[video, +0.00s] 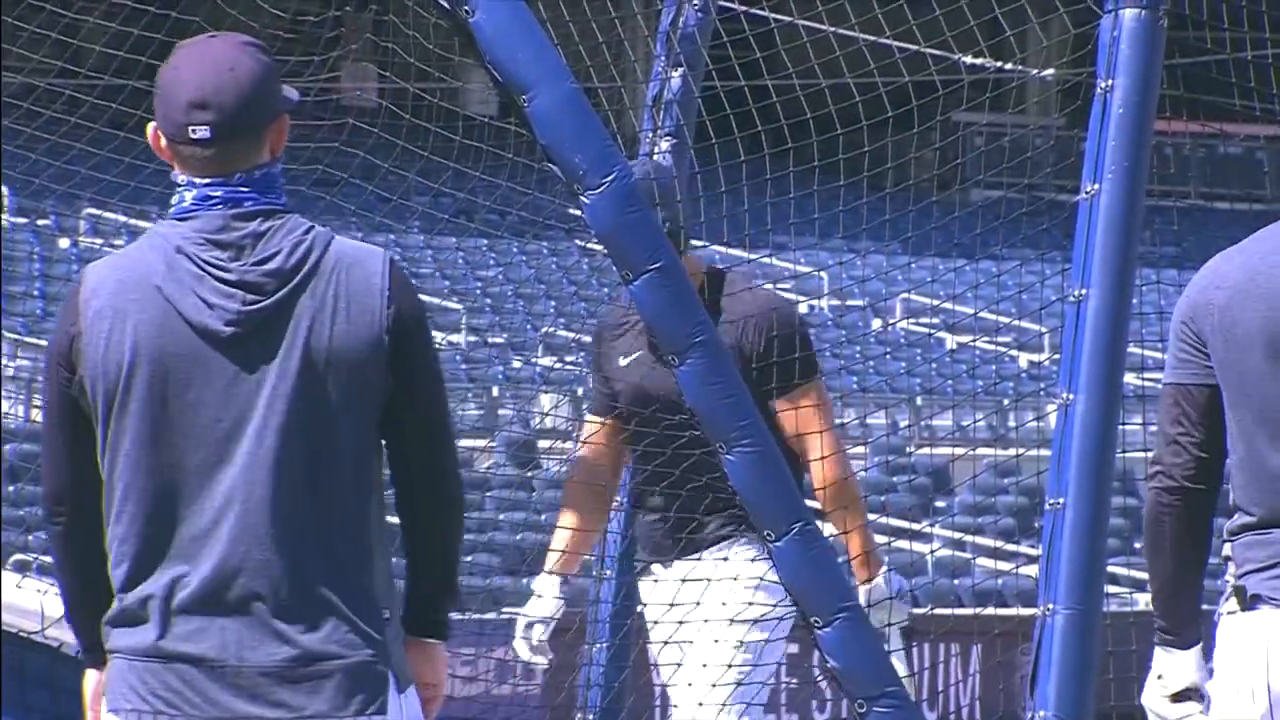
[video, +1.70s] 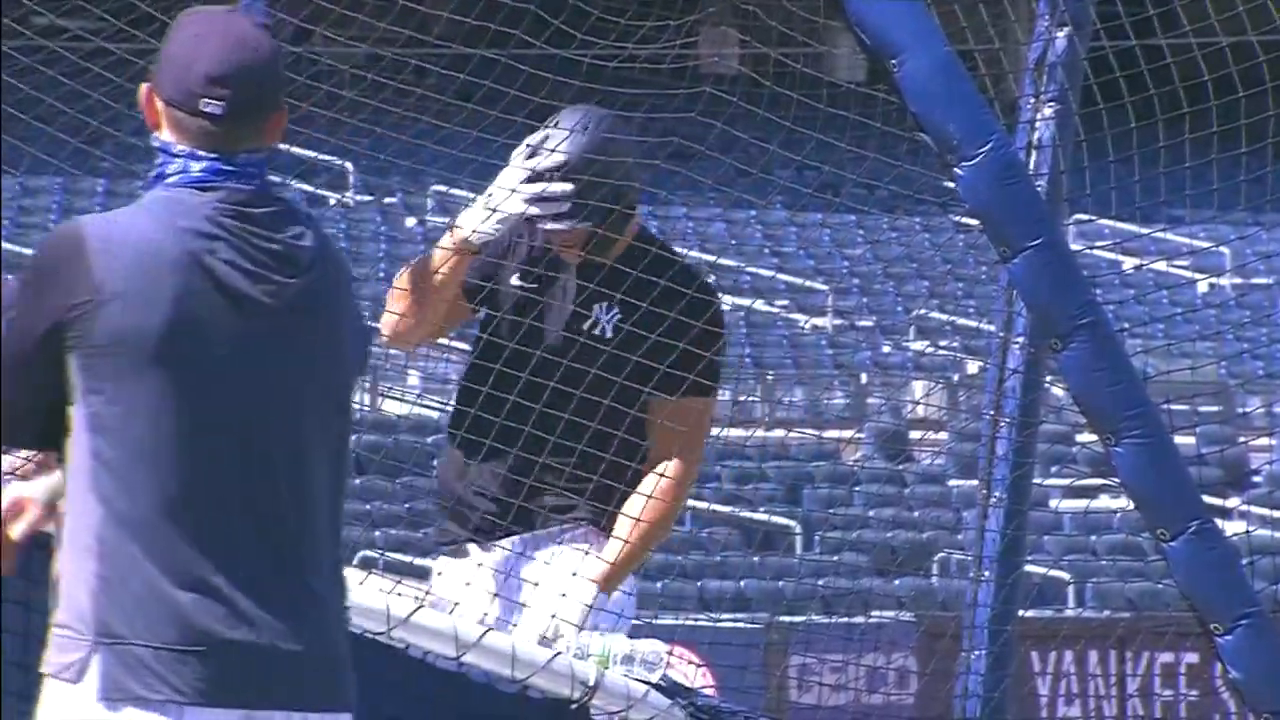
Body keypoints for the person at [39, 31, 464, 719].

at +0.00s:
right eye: (286, 115)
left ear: (158, 145)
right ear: (280, 135)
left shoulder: (100, 295)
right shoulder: (371, 283)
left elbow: (69, 503)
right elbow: (430, 479)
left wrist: (99, 650)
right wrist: (428, 629)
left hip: (159, 683)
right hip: (339, 680)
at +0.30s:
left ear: (235, 135)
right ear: (358, 126)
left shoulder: (177, 286)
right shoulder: (450, 276)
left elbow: (123, 489)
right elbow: (492, 467)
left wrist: (129, 646)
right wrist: (459, 595)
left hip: (243, 673)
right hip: (419, 674)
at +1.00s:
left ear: (216, 116)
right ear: (341, 132)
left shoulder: (192, 268)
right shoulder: (408, 282)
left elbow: (139, 485)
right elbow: (420, 484)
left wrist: (114, 663)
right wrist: (378, 619)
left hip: (243, 670)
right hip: (384, 669)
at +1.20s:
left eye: (172, 92)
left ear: (178, 106)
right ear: (304, 128)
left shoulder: (150, 250)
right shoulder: (354, 280)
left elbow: (75, 459)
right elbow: (338, 477)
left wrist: (56, 631)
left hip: (177, 675)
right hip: (327, 677)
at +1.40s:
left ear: (199, 100)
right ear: (322, 126)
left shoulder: (169, 238)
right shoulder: (364, 273)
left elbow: (56, 438)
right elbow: (334, 465)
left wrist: (80, 548)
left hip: (170, 667)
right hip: (327, 671)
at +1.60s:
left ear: (191, 99)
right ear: (316, 122)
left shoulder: (143, 243)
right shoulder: (365, 270)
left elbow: (35, 426)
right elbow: (292, 456)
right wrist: (108, 532)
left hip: (163, 677)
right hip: (337, 686)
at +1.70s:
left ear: (151, 108)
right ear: (280, 127)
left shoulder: (92, 252)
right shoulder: (329, 272)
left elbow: (16, 414)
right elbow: (259, 443)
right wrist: (68, 484)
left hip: (127, 673)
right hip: (301, 675)